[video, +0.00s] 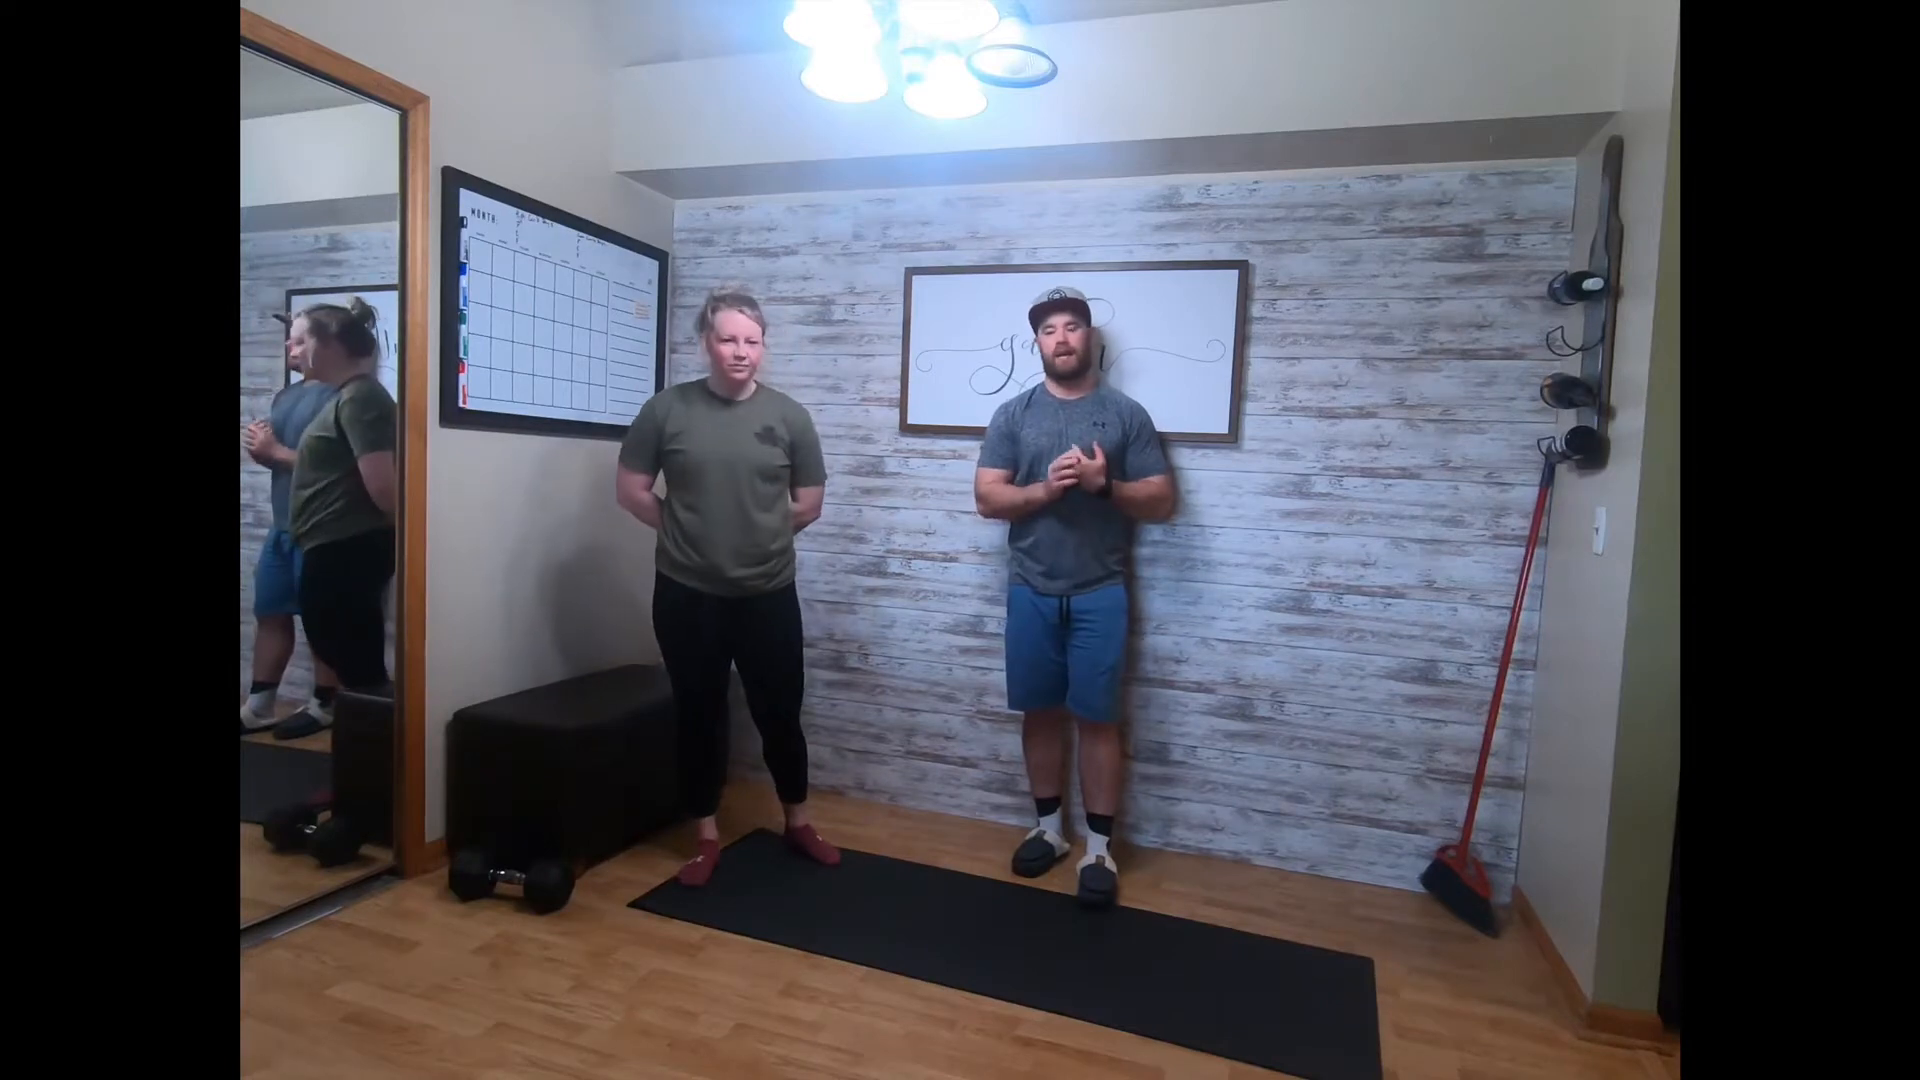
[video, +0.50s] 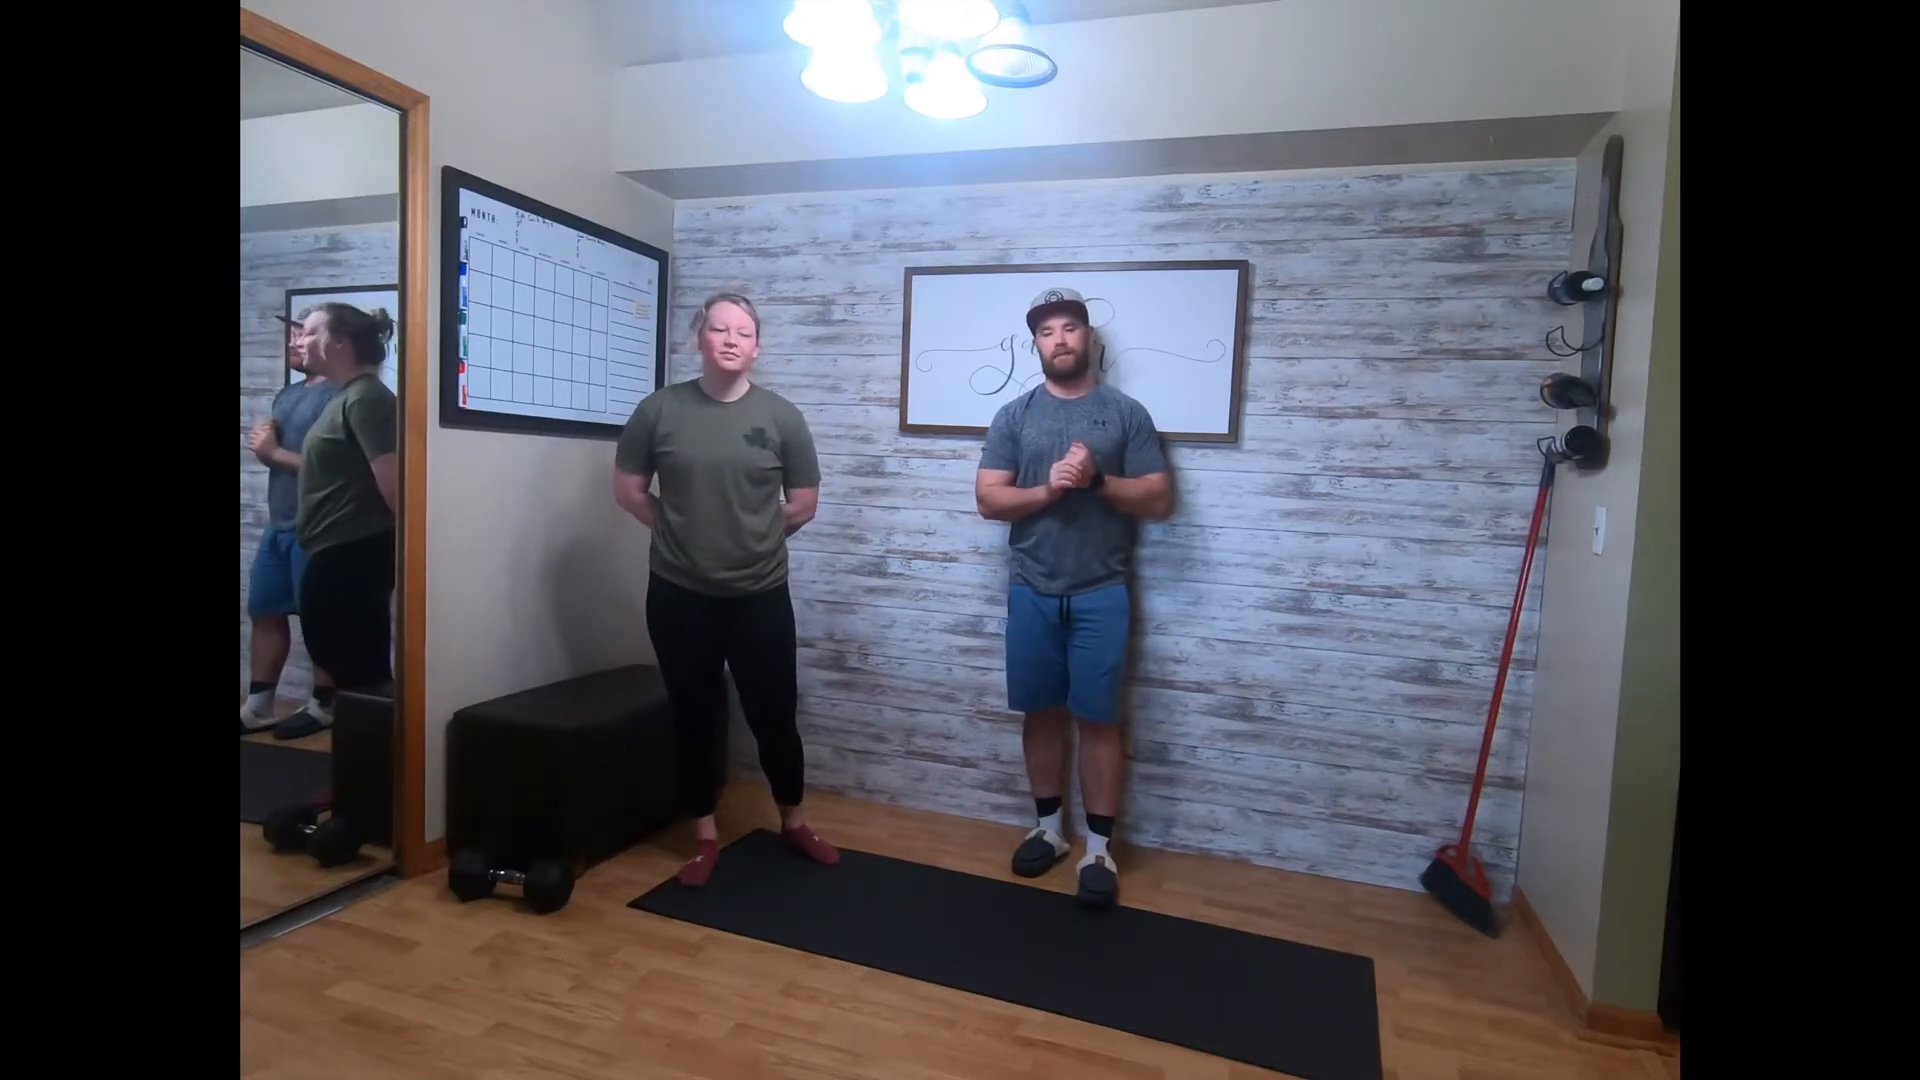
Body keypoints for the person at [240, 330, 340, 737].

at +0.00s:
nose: (291, 349)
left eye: (298, 341)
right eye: (289, 342)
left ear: (323, 343)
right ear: (290, 348)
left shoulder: (339, 396)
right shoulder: (285, 396)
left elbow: (330, 464)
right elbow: (277, 455)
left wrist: (276, 452)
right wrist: (262, 440)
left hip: (322, 531)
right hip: (283, 528)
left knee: (321, 622)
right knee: (272, 613)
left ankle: (325, 706)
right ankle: (260, 704)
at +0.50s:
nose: (295, 340)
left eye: (305, 332)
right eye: (295, 333)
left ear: (329, 343)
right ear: (296, 344)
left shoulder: (339, 396)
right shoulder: (286, 397)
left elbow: (324, 465)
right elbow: (286, 455)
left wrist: (272, 451)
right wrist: (267, 443)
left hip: (317, 530)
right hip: (279, 527)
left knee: (319, 621)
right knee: (266, 612)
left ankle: (324, 706)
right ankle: (259, 704)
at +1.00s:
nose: (297, 339)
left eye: (306, 332)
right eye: (297, 332)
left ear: (328, 344)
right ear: (298, 344)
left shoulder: (335, 396)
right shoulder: (288, 395)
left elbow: (328, 467)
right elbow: (285, 449)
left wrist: (273, 454)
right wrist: (267, 444)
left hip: (315, 528)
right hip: (279, 526)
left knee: (321, 620)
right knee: (267, 612)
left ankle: (324, 706)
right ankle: (260, 703)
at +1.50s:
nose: (300, 340)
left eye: (309, 333)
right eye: (301, 332)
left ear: (331, 343)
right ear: (301, 344)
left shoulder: (340, 395)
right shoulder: (292, 395)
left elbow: (329, 467)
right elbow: (277, 443)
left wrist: (273, 454)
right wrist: (267, 440)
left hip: (316, 526)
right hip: (280, 526)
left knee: (321, 619)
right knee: (266, 611)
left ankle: (324, 706)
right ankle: (259, 704)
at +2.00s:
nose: (300, 340)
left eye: (310, 335)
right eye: (301, 333)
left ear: (331, 347)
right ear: (302, 343)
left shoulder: (342, 394)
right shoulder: (289, 395)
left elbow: (337, 464)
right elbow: (278, 443)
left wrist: (275, 458)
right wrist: (267, 443)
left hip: (319, 524)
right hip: (280, 524)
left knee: (322, 618)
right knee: (265, 610)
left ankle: (324, 707)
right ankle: (259, 704)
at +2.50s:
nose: (298, 339)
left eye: (308, 333)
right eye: (298, 332)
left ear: (329, 344)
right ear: (299, 341)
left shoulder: (342, 397)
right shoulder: (289, 395)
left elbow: (339, 465)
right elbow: (278, 443)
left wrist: (275, 461)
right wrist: (264, 441)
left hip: (319, 525)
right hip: (278, 524)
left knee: (322, 619)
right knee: (263, 610)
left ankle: (323, 707)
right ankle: (260, 703)